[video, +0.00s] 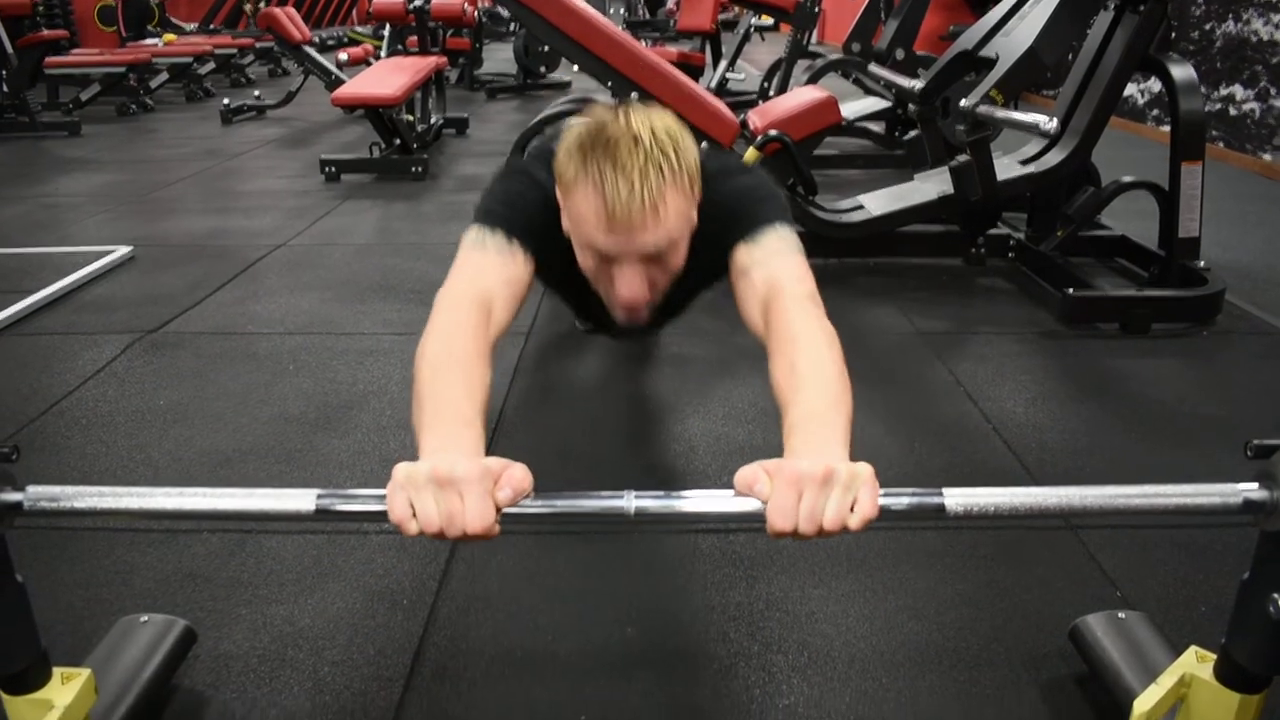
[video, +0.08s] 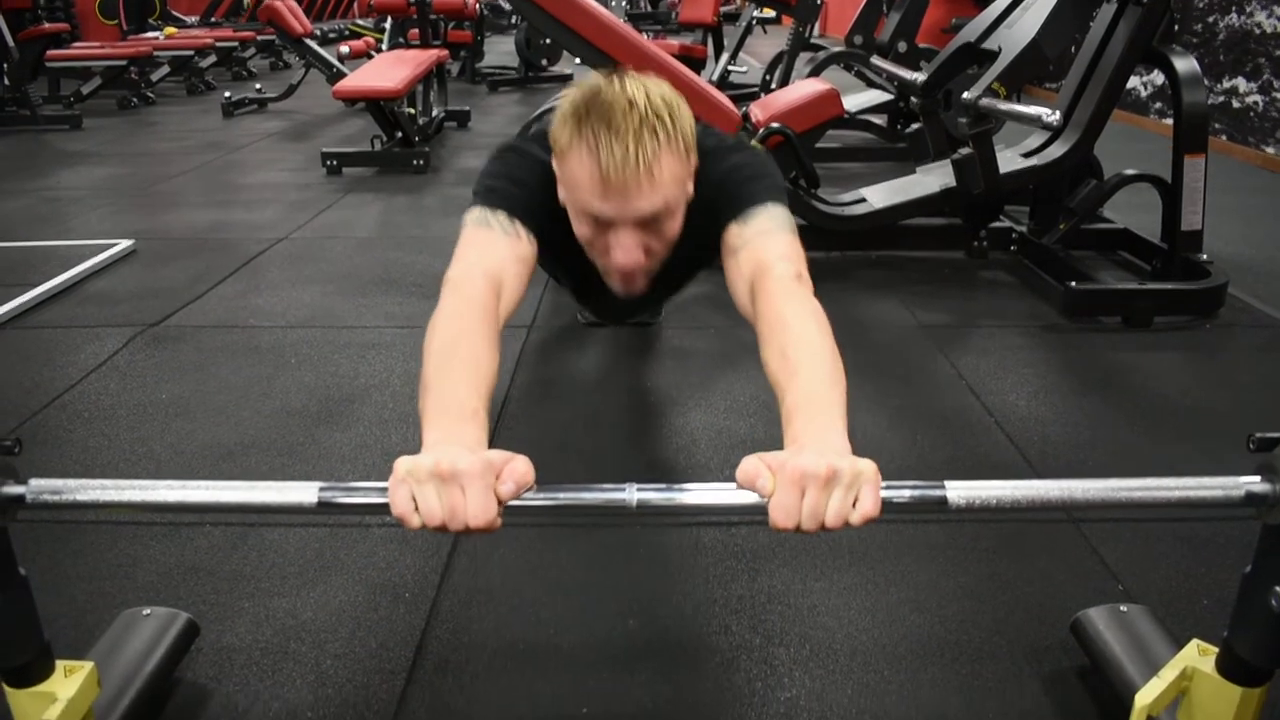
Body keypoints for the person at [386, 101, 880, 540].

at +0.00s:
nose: (630, 292)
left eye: (657, 258)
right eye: (604, 258)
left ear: (691, 209)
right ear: (565, 214)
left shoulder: (736, 188)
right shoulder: (532, 182)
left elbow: (793, 312)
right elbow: (462, 314)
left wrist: (817, 456)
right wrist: (448, 456)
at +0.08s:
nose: (626, 252)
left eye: (651, 223)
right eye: (599, 224)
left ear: (688, 178)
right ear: (561, 183)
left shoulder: (734, 167)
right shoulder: (525, 170)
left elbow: (779, 287)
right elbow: (471, 296)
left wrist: (819, 448)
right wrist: (452, 450)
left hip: (675, 284)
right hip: (578, 289)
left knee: (651, 302)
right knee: (600, 301)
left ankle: (645, 313)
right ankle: (598, 309)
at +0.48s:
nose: (612, 206)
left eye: (638, 172)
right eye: (582, 176)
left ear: (677, 132)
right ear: (547, 147)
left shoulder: (726, 133)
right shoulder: (512, 139)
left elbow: (775, 258)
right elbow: (465, 270)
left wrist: (821, 429)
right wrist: (449, 430)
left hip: (659, 260)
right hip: (571, 258)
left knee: (647, 278)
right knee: (591, 272)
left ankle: (640, 289)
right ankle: (600, 285)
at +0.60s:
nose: (617, 197)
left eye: (645, 164)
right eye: (587, 166)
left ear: (683, 125)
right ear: (552, 135)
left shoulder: (730, 125)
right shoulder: (518, 126)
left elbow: (782, 251)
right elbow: (467, 256)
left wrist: (824, 423)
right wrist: (449, 421)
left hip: (662, 249)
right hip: (573, 244)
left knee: (647, 268)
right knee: (591, 261)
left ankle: (639, 282)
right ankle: (601, 274)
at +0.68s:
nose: (621, 189)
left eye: (649, 156)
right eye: (591, 158)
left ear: (686, 116)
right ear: (555, 125)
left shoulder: (732, 116)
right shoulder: (519, 117)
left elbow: (781, 244)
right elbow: (468, 248)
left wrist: (824, 417)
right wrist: (448, 414)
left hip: (669, 234)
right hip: (574, 232)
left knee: (649, 260)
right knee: (593, 256)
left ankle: (642, 274)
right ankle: (603, 269)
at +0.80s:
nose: (623, 176)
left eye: (651, 142)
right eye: (593, 144)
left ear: (687, 105)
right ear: (555, 109)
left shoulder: (734, 104)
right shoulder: (520, 104)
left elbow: (784, 232)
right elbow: (468, 237)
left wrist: (824, 408)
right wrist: (447, 406)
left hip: (670, 218)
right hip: (571, 214)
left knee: (647, 247)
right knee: (593, 244)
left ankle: (641, 264)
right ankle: (604, 260)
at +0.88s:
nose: (624, 168)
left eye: (652, 133)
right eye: (593, 135)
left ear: (688, 97)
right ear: (554, 101)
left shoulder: (735, 98)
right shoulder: (520, 97)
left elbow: (785, 226)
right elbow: (468, 230)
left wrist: (824, 403)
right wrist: (447, 401)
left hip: (670, 206)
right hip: (570, 205)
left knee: (647, 240)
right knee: (589, 236)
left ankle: (640, 258)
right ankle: (602, 253)